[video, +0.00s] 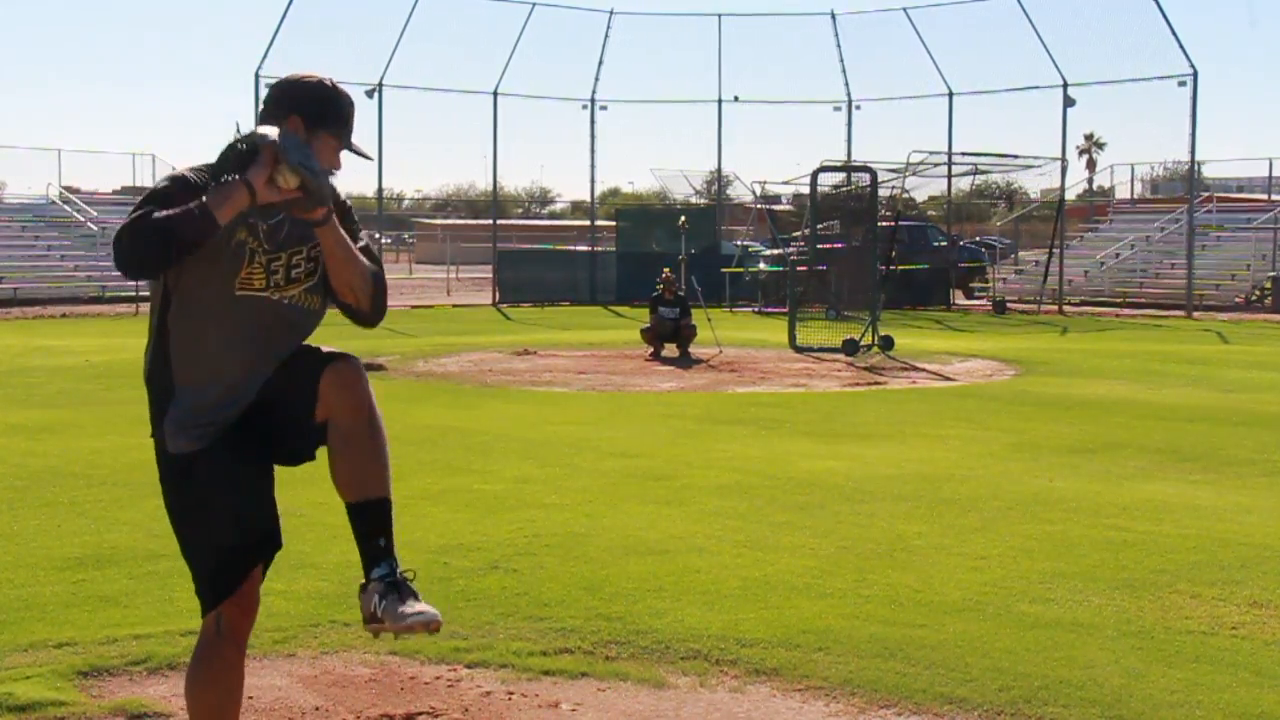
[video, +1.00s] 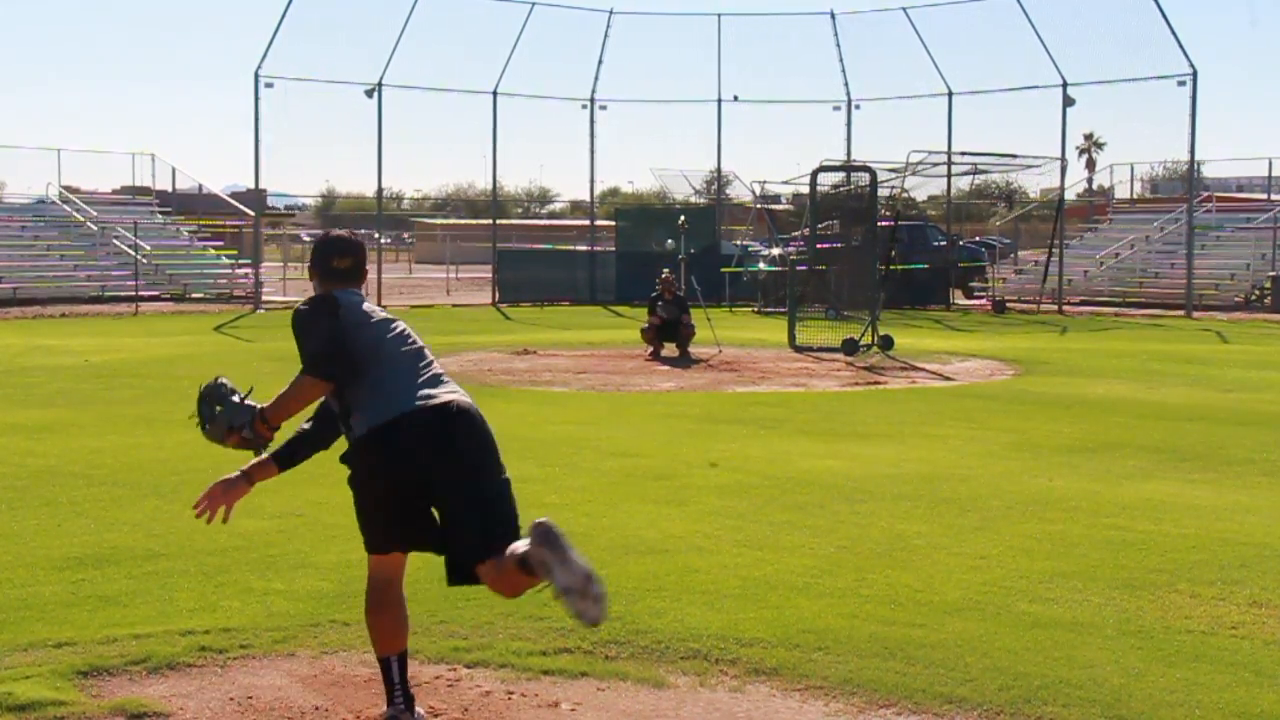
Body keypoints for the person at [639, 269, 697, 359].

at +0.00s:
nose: (669, 286)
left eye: (672, 283)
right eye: (666, 284)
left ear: (675, 285)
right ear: (662, 285)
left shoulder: (682, 299)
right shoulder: (655, 299)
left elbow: (687, 319)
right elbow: (653, 318)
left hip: (677, 328)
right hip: (661, 328)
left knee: (691, 329)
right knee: (645, 332)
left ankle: (683, 349)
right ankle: (657, 347)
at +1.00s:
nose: (667, 286)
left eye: (670, 283)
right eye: (664, 283)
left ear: (674, 285)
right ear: (660, 285)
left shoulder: (680, 299)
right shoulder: (654, 299)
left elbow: (686, 316)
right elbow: (651, 318)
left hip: (677, 326)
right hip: (661, 326)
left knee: (688, 328)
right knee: (646, 331)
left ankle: (683, 349)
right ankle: (657, 347)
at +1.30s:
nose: (666, 289)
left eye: (670, 286)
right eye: (664, 286)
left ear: (674, 287)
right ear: (660, 287)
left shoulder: (678, 298)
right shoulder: (655, 298)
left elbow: (688, 304)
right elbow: (649, 318)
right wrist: (654, 321)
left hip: (675, 327)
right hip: (660, 327)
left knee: (688, 329)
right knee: (646, 331)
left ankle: (683, 350)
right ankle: (656, 347)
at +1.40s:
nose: (667, 288)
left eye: (670, 285)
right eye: (664, 285)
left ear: (674, 286)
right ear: (660, 286)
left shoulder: (679, 297)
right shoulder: (654, 298)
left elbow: (688, 303)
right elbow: (648, 318)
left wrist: (681, 304)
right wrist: (654, 321)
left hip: (675, 328)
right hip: (660, 327)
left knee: (688, 329)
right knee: (645, 330)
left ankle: (683, 350)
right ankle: (656, 347)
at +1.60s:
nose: (666, 289)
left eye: (669, 285)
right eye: (664, 285)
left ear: (673, 286)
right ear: (659, 286)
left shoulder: (678, 297)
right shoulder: (654, 298)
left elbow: (688, 304)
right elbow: (649, 316)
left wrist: (681, 306)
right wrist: (651, 320)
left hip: (675, 328)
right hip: (659, 328)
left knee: (687, 330)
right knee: (644, 331)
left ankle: (683, 350)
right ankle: (656, 348)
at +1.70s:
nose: (666, 287)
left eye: (669, 284)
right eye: (664, 284)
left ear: (673, 284)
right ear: (659, 285)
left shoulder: (678, 296)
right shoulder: (655, 297)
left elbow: (687, 305)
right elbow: (649, 317)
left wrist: (680, 306)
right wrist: (651, 315)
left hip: (675, 327)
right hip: (660, 328)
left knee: (687, 331)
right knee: (645, 331)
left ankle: (683, 350)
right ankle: (656, 348)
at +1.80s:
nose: (666, 285)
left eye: (669, 282)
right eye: (663, 282)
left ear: (673, 283)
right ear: (659, 283)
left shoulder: (678, 295)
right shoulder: (655, 296)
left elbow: (685, 304)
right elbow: (649, 318)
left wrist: (679, 306)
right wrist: (649, 305)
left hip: (676, 330)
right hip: (660, 330)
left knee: (687, 332)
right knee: (645, 332)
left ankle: (683, 349)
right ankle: (656, 348)